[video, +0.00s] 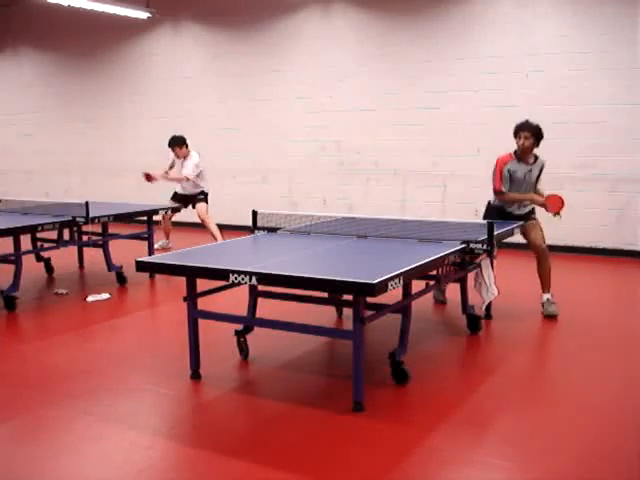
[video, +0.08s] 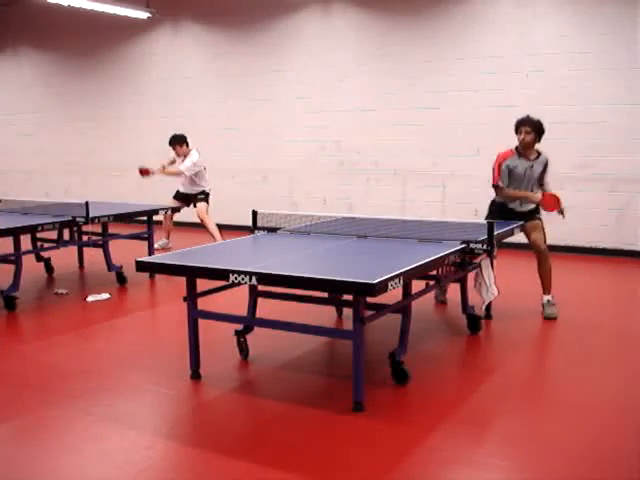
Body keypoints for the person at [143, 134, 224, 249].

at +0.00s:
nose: (174, 154)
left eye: (175, 151)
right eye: (173, 151)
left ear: (183, 147)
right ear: (174, 150)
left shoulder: (194, 159)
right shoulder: (177, 157)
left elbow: (186, 178)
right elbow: (168, 171)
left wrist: (167, 178)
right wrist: (155, 177)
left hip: (198, 192)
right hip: (182, 192)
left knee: (202, 216)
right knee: (165, 216)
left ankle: (221, 242)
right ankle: (166, 241)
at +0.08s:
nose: (175, 152)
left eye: (176, 149)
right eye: (173, 149)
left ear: (184, 146)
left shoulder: (194, 157)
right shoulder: (180, 155)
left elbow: (181, 171)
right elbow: (171, 161)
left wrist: (163, 171)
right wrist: (157, 169)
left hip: (200, 191)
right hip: (184, 191)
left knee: (202, 215)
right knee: (167, 213)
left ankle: (220, 242)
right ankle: (166, 240)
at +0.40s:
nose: (182, 151)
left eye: (184, 148)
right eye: (181, 149)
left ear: (192, 147)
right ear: (182, 149)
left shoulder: (203, 158)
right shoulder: (188, 160)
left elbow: (205, 175)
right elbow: (182, 173)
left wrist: (186, 169)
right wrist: (169, 183)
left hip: (214, 189)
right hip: (200, 191)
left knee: (216, 212)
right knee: (183, 214)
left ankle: (234, 238)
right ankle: (187, 236)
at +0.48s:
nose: (188, 149)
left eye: (190, 146)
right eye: (187, 146)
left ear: (198, 146)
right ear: (187, 146)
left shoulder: (208, 158)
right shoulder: (193, 159)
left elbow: (211, 175)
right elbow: (187, 173)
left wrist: (192, 175)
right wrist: (177, 183)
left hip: (217, 191)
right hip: (203, 191)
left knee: (222, 213)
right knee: (187, 212)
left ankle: (245, 234)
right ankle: (187, 236)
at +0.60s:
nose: (203, 148)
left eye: (205, 144)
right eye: (202, 145)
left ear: (213, 144)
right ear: (202, 145)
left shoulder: (222, 157)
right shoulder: (203, 157)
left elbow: (226, 178)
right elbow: (198, 171)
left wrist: (206, 182)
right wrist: (198, 180)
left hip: (229, 188)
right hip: (213, 189)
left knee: (240, 208)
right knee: (197, 211)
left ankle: (255, 228)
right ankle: (193, 234)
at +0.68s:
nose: (208, 149)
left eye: (210, 146)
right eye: (207, 146)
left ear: (218, 145)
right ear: (206, 146)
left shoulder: (227, 158)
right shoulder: (205, 158)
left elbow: (232, 178)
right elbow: (200, 173)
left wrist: (216, 184)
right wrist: (207, 181)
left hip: (232, 187)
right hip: (216, 188)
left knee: (242, 208)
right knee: (198, 212)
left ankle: (258, 227)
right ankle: (197, 233)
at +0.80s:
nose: (232, 156)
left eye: (234, 153)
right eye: (230, 153)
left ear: (239, 153)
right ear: (227, 153)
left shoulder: (246, 164)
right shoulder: (222, 165)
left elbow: (252, 179)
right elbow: (211, 181)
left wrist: (255, 196)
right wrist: (224, 188)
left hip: (241, 194)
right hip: (224, 196)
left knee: (253, 211)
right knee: (209, 219)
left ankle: (262, 231)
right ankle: (204, 236)